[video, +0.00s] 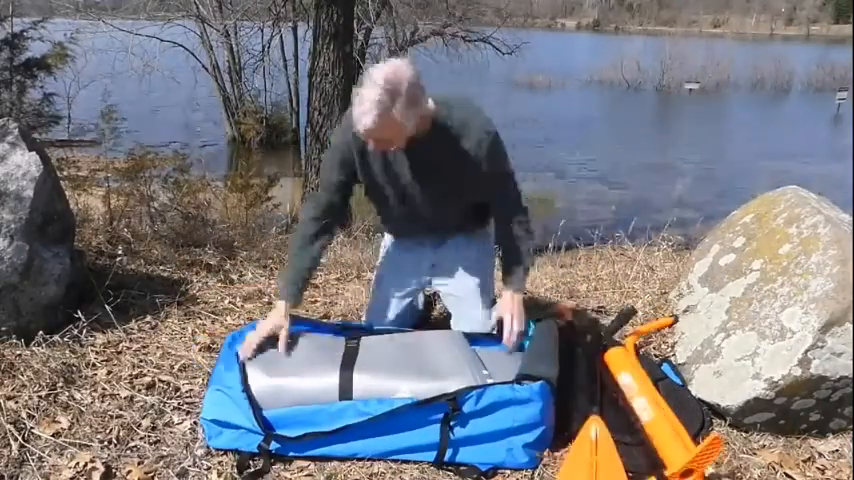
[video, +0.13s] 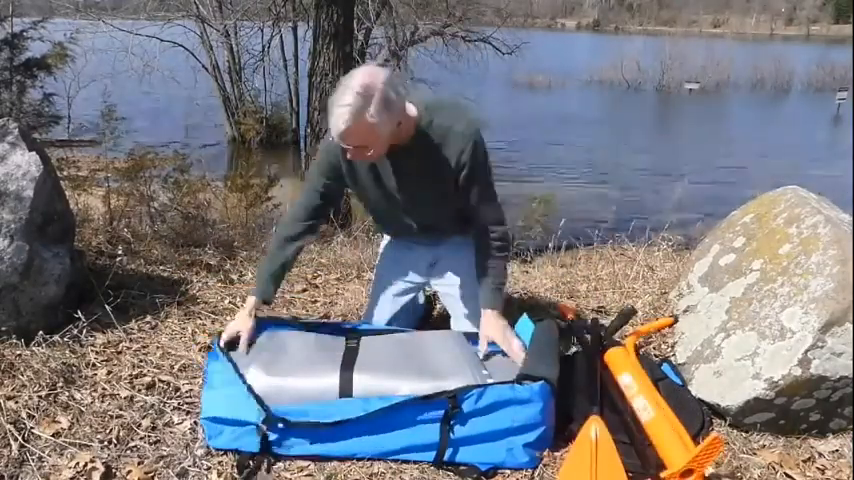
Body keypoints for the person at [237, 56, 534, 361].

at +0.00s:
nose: (378, 148)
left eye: (386, 140)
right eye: (370, 139)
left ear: (419, 118)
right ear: (362, 117)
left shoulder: (473, 134)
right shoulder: (353, 136)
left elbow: (511, 214)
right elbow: (318, 217)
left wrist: (514, 290)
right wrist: (283, 305)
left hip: (467, 243)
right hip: (401, 245)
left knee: (475, 350)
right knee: (380, 346)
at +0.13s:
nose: (352, 156)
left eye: (363, 147)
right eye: (346, 146)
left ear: (400, 122)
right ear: (340, 127)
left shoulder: (457, 135)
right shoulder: (340, 148)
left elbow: (493, 227)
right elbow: (299, 223)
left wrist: (491, 310)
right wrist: (251, 307)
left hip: (463, 243)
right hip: (400, 245)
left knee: (479, 349)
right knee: (377, 344)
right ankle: (425, 306)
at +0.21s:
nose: (362, 145)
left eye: (374, 137)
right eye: (357, 133)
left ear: (411, 120)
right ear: (353, 118)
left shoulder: (468, 139)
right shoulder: (347, 144)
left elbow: (502, 231)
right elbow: (305, 214)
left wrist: (503, 321)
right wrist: (255, 283)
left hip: (467, 243)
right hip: (401, 246)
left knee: (484, 351)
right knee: (374, 342)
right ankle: (426, 310)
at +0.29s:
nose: (340, 127)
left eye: (351, 118)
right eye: (336, 116)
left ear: (386, 104)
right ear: (332, 106)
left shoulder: (448, 130)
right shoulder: (337, 141)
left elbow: (455, 234)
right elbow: (305, 195)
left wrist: (379, 273)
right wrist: (266, 248)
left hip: (457, 238)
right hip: (397, 242)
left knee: (474, 337)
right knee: (373, 330)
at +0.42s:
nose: (286, 126)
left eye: (292, 114)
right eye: (282, 116)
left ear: (324, 97)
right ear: (320, 99)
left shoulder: (391, 126)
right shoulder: (314, 140)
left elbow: (349, 220)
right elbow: (306, 202)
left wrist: (266, 278)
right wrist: (261, 262)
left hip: (449, 234)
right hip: (393, 241)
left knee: (466, 344)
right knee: (376, 341)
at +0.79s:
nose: (279, 138)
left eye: (280, 126)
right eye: (274, 130)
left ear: (309, 109)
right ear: (306, 111)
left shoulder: (380, 125)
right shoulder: (303, 146)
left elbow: (372, 224)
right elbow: (283, 210)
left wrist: (289, 274)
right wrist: (245, 265)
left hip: (445, 233)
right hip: (388, 240)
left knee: (463, 347)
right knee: (383, 349)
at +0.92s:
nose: (357, 145)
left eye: (359, 132)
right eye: (345, 138)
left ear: (375, 109)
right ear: (331, 126)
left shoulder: (430, 132)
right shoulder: (324, 149)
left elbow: (473, 217)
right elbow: (298, 224)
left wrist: (475, 290)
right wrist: (262, 297)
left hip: (455, 244)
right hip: (395, 250)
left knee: (482, 344)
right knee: (373, 345)